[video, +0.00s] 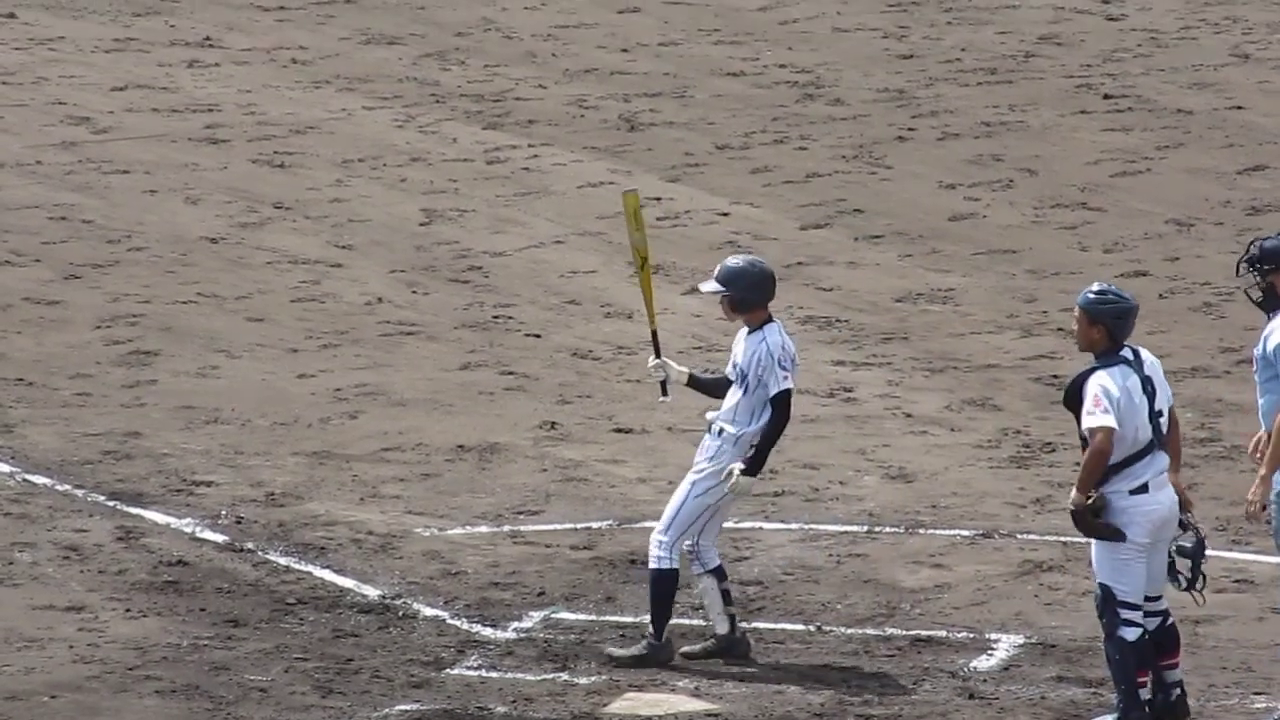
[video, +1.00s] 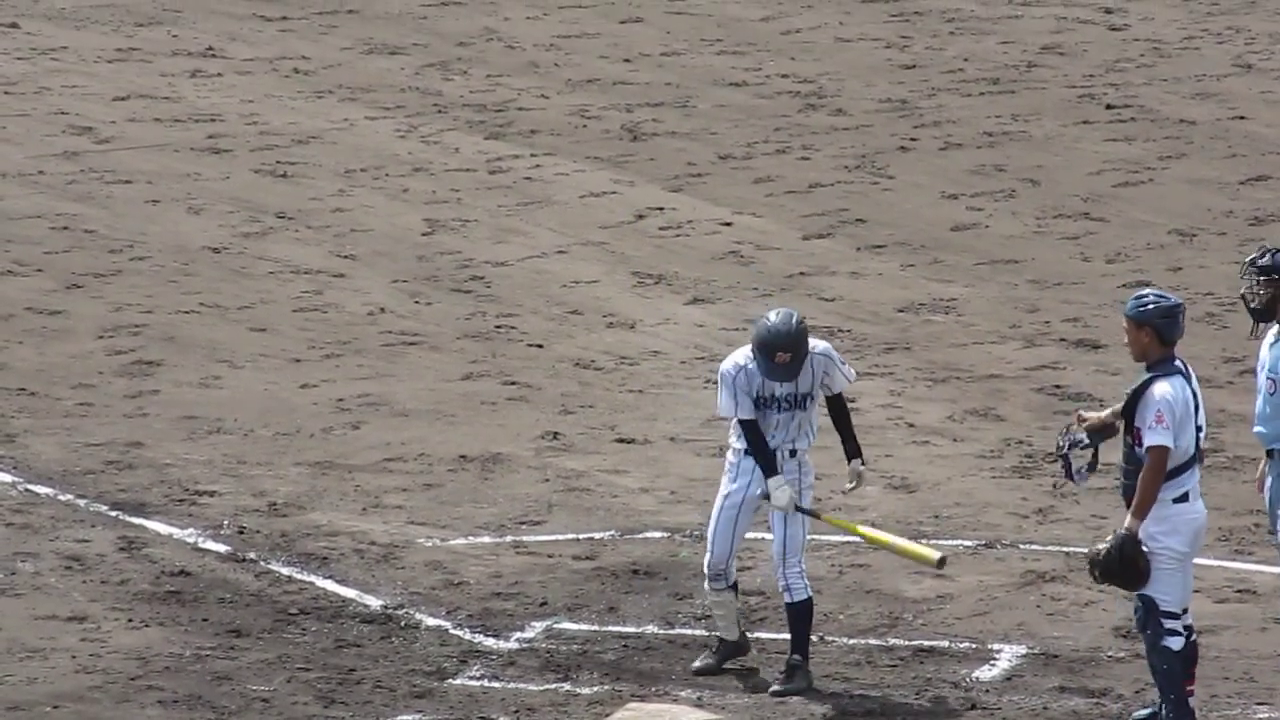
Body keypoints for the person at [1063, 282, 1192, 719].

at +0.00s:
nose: (1073, 325)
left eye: (1079, 319)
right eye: (1076, 318)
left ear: (1099, 330)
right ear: (1113, 327)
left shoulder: (1098, 383)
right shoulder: (1147, 360)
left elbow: (1101, 444)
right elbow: (1171, 425)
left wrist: (1079, 494)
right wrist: (1172, 474)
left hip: (1126, 507)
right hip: (1163, 496)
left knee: (1119, 613)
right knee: (1153, 604)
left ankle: (1131, 707)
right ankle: (1171, 696)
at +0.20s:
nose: (1087, 328)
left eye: (1092, 322)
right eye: (1089, 321)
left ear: (1113, 331)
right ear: (1126, 328)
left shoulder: (1113, 379)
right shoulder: (1158, 362)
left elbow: (1128, 435)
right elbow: (1192, 417)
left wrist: (1109, 492)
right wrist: (1188, 472)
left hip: (1139, 510)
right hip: (1176, 502)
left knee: (1124, 614)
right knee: (1167, 609)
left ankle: (1131, 708)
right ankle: (1176, 702)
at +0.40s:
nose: (1096, 331)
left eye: (1102, 325)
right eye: (1098, 323)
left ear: (1122, 332)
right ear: (1133, 330)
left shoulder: (1128, 373)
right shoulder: (1163, 367)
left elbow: (1150, 427)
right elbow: (1199, 429)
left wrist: (1135, 490)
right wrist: (1174, 474)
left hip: (1155, 508)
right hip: (1186, 504)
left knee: (1133, 613)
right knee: (1175, 613)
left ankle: (1136, 708)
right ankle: (1178, 704)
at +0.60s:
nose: (1106, 332)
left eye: (1111, 325)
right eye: (1108, 324)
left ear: (1132, 332)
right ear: (1141, 331)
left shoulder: (1142, 374)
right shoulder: (1165, 370)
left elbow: (1163, 438)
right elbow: (1187, 444)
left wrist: (1139, 498)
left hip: (1163, 507)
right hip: (1187, 504)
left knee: (1140, 613)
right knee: (1177, 612)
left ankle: (1166, 707)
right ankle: (1178, 700)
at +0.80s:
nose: (1118, 333)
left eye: (1123, 326)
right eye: (1119, 325)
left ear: (1143, 332)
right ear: (1152, 331)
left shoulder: (1157, 385)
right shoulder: (1169, 376)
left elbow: (1165, 455)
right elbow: (1174, 453)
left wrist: (1135, 513)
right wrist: (1138, 504)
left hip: (1167, 511)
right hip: (1180, 507)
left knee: (1147, 613)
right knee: (1175, 611)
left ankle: (1176, 708)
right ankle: (1175, 701)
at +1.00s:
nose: (1125, 337)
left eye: (1130, 329)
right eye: (1126, 328)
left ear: (1149, 335)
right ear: (1160, 333)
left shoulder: (1160, 392)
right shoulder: (1178, 372)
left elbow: (1156, 465)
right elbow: (1144, 405)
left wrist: (1130, 527)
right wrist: (1108, 420)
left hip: (1166, 515)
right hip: (1180, 507)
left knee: (1160, 617)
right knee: (1167, 612)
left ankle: (1176, 708)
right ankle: (1174, 702)